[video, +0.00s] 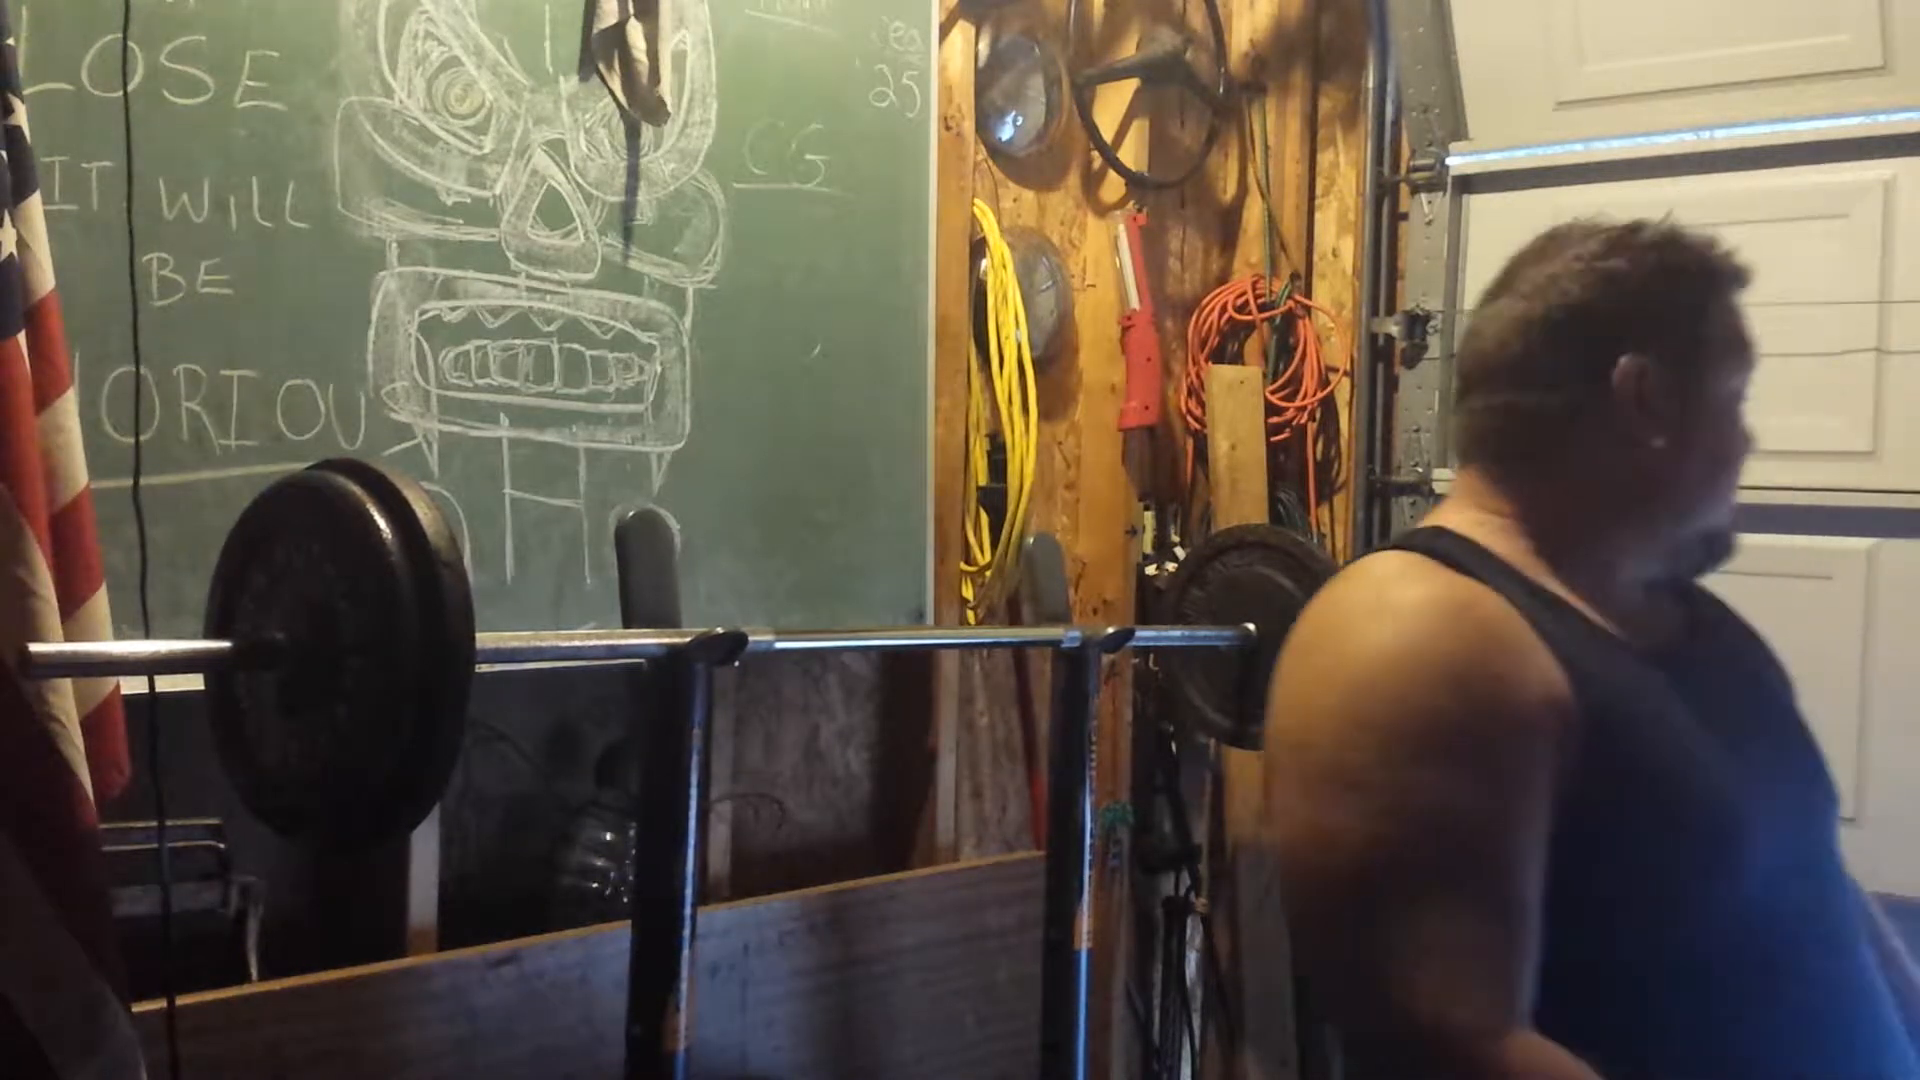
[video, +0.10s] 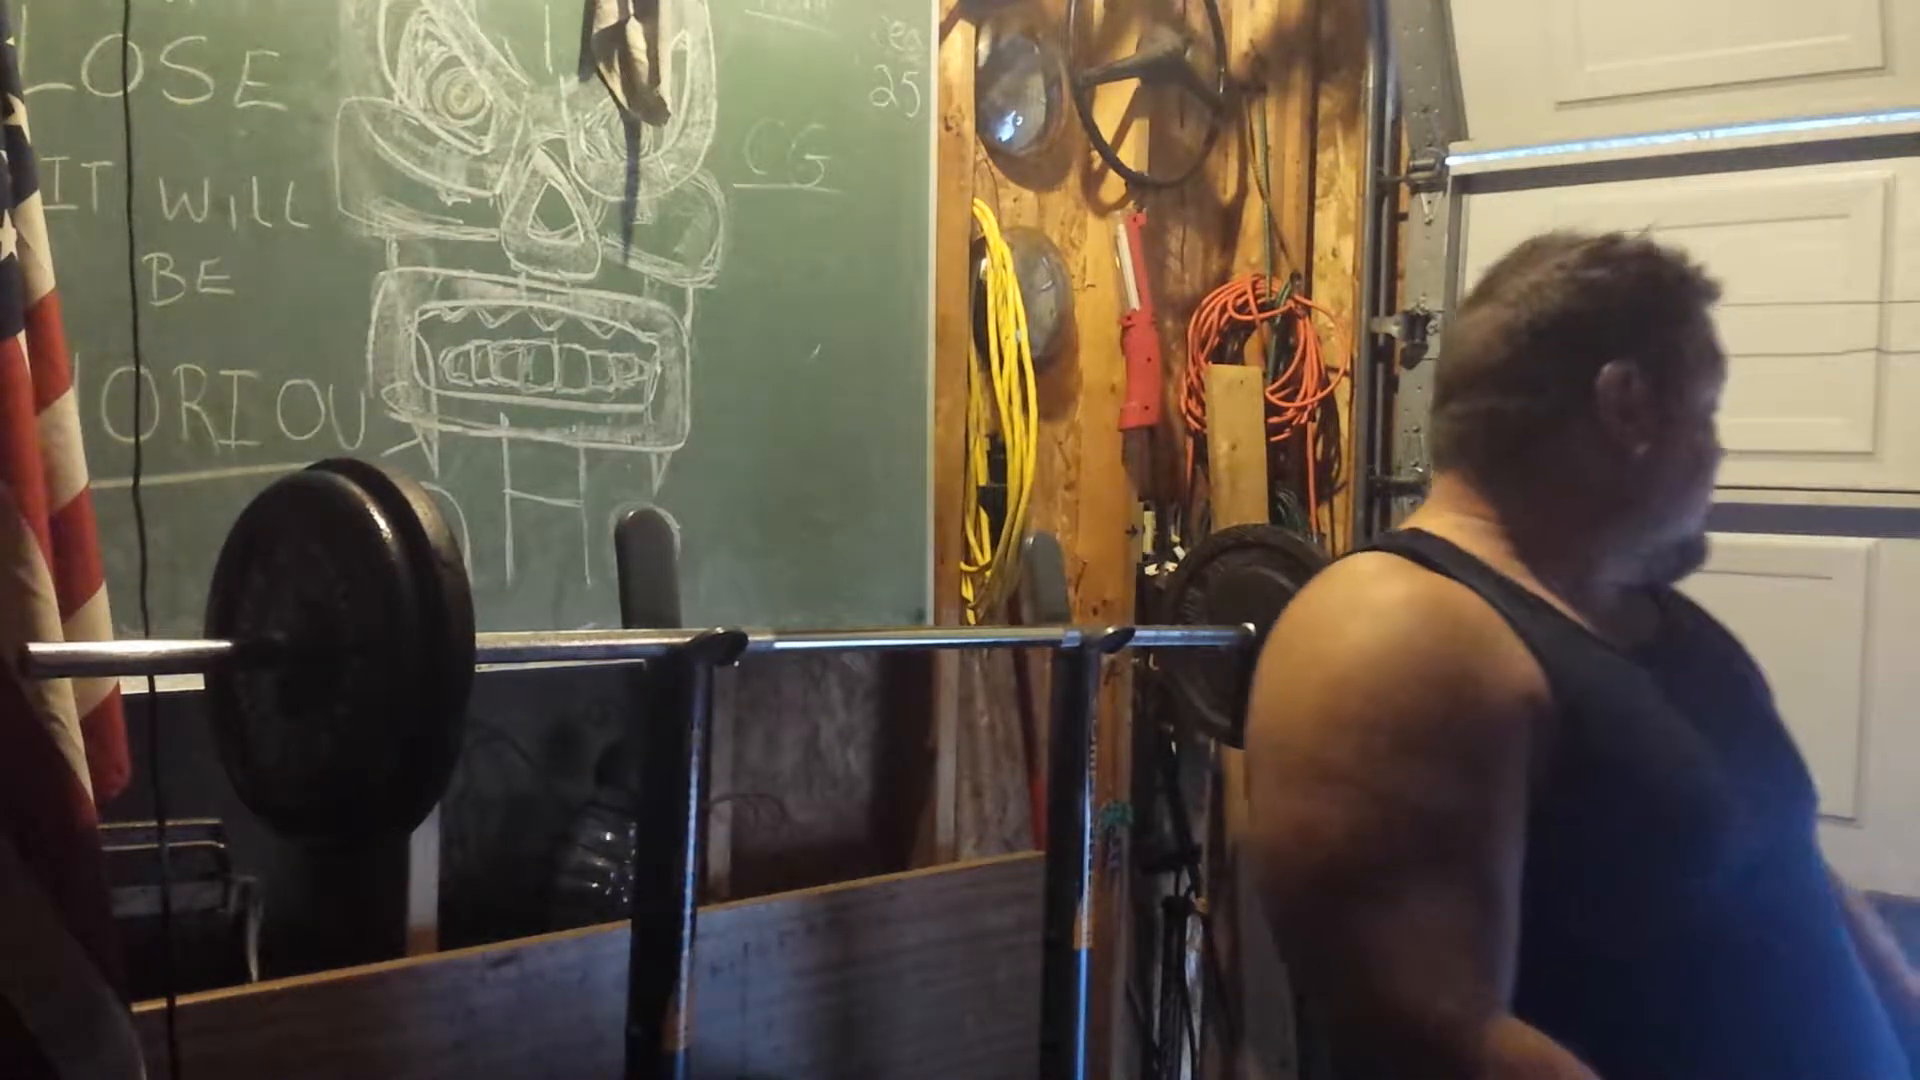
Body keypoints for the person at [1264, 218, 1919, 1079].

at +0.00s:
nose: (1746, 441)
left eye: (1741, 402)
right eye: (1733, 399)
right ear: (1642, 399)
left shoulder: (1680, 614)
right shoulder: (1417, 648)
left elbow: (1811, 889)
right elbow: (1447, 1041)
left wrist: (1903, 999)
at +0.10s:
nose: (1719, 454)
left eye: (1716, 417)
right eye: (1707, 416)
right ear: (1625, 407)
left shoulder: (1656, 617)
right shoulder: (1388, 640)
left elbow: (1790, 876)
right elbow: (1428, 1040)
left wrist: (1903, 1001)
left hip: (1832, 1052)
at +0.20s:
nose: (1706, 458)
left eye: (1704, 423)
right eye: (1694, 420)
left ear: (1613, 415)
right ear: (1613, 414)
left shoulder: (1639, 616)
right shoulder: (1382, 638)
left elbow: (1773, 865)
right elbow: (1428, 1031)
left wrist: (1900, 993)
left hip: (1826, 1044)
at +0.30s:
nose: (1713, 461)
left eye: (1712, 425)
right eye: (1704, 423)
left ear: (1623, 416)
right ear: (1623, 414)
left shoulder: (1648, 616)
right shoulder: (1395, 633)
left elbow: (1778, 861)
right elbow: (1442, 1025)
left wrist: (1904, 998)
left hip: (1824, 1041)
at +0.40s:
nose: (1741, 457)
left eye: (1740, 419)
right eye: (1736, 417)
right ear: (1659, 414)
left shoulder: (1674, 620)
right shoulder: (1423, 630)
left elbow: (1794, 876)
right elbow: (1477, 1035)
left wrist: (1904, 986)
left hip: (1837, 1052)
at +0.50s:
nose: (1797, 458)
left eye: (1795, 419)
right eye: (1789, 417)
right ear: (1714, 415)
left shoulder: (1704, 616)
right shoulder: (1475, 635)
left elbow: (1820, 886)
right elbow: (1521, 1046)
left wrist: (1893, 941)